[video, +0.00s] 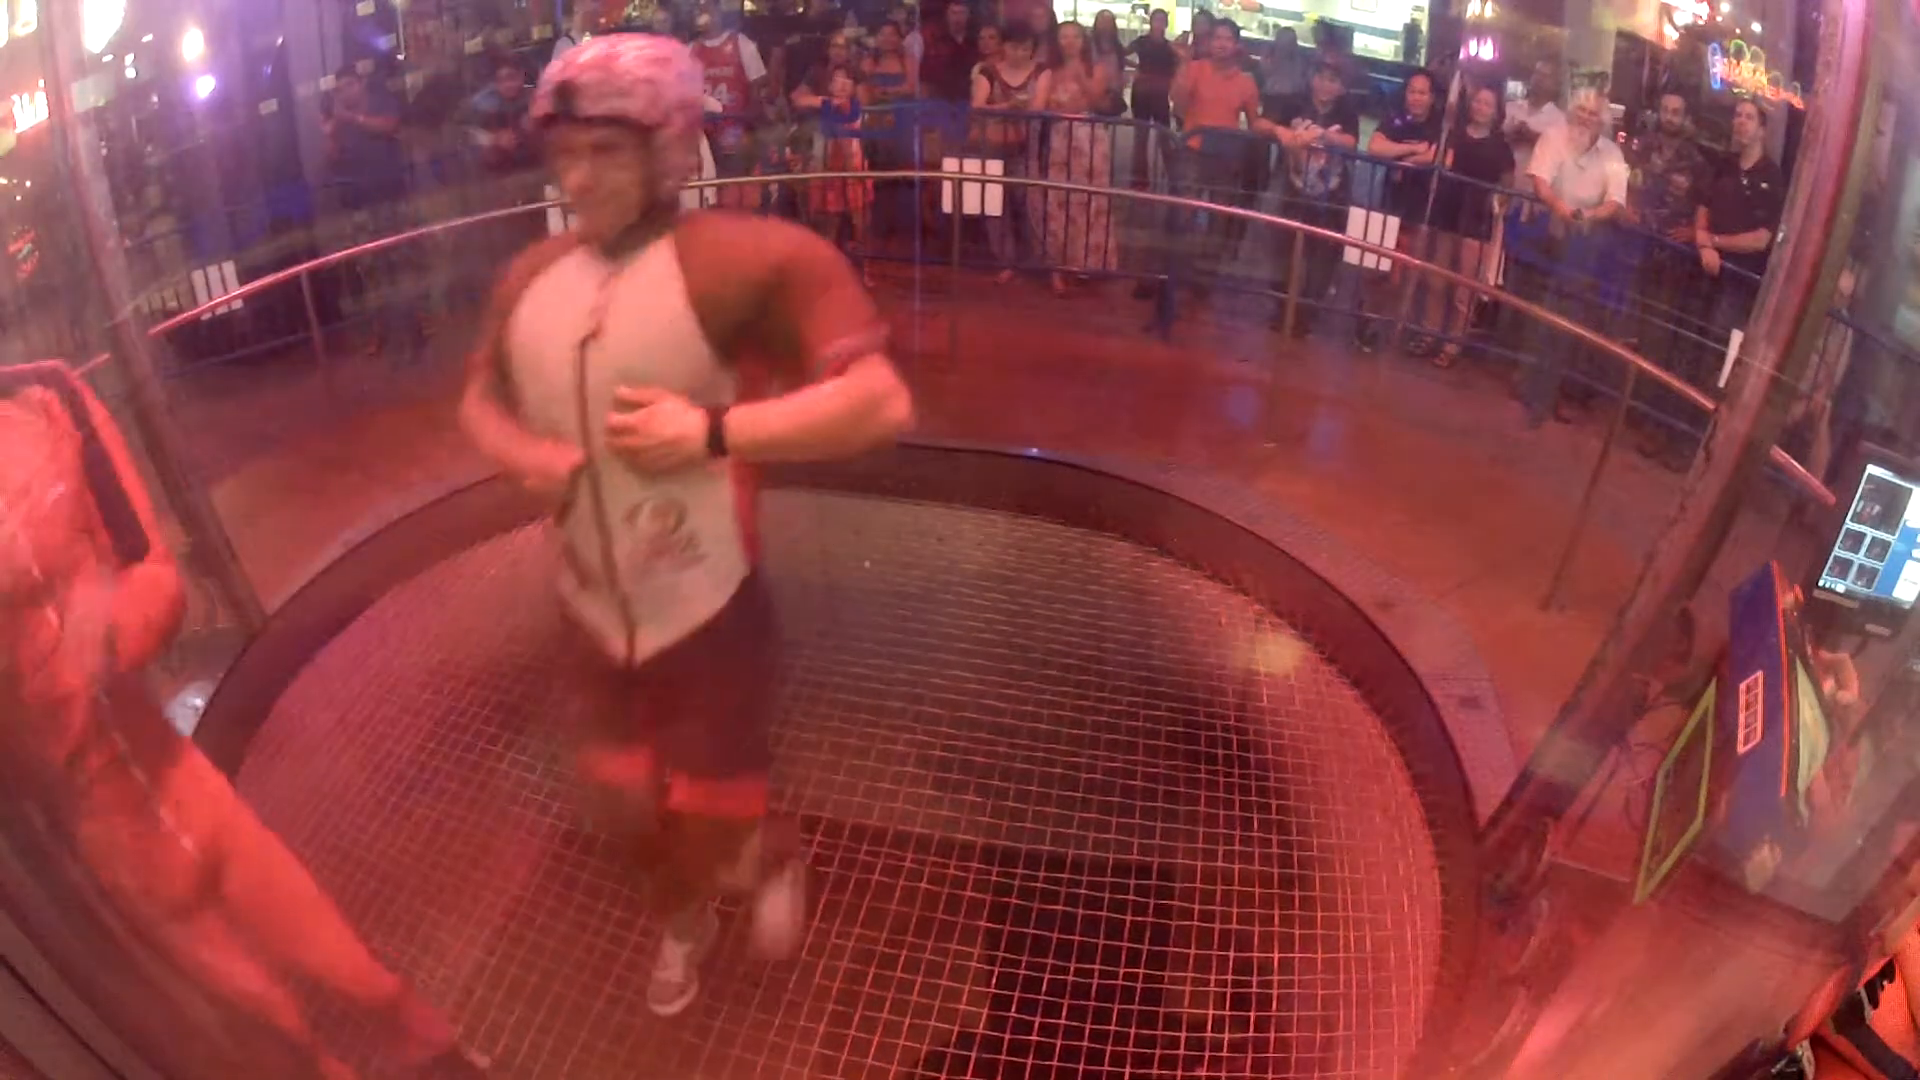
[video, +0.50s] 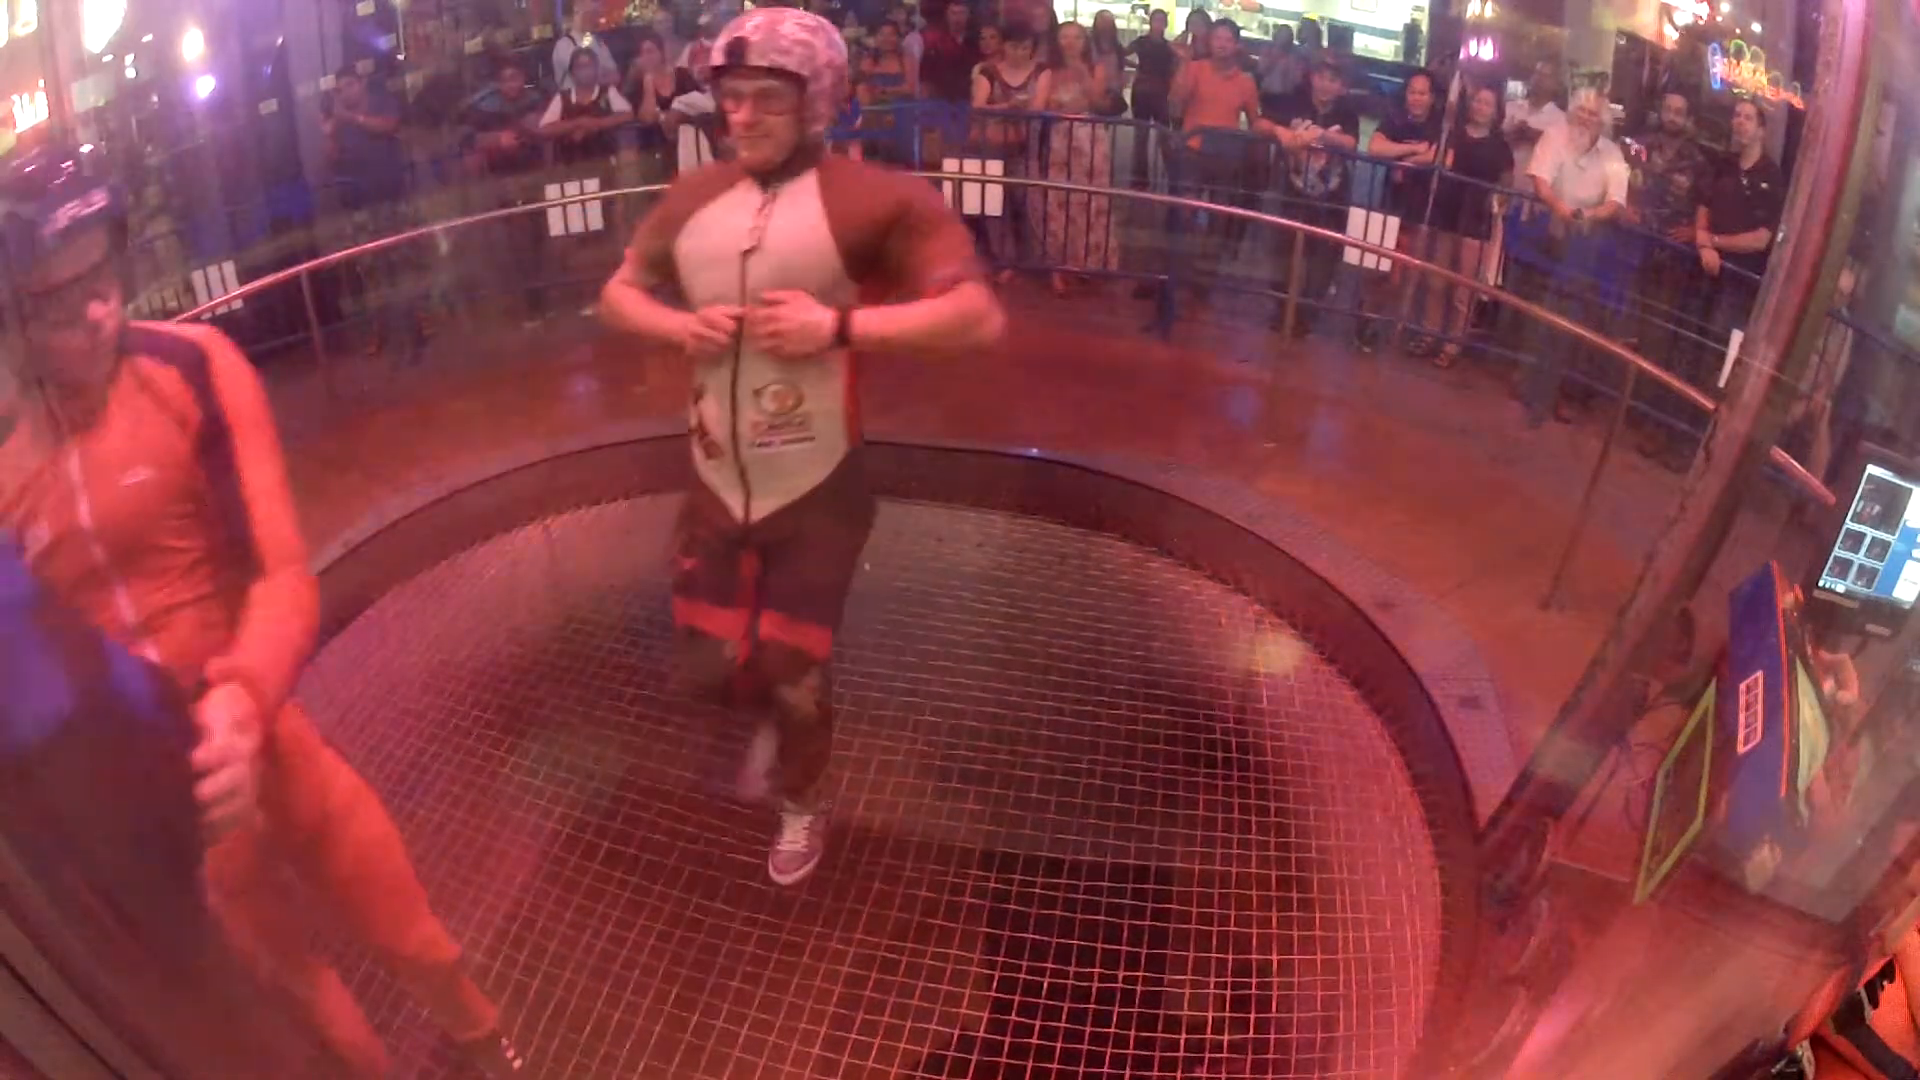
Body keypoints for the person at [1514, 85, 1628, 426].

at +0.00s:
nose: (1585, 118)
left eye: (1592, 114)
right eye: (1580, 111)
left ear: (1603, 119)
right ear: (1570, 111)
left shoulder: (1612, 154)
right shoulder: (1554, 138)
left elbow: (1616, 200)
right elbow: (1540, 182)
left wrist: (1591, 215)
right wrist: (1560, 208)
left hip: (1588, 229)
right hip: (1551, 221)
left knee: (1573, 303)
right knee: (1541, 298)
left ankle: (1553, 388)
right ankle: (1529, 379)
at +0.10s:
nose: (1585, 118)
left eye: (1592, 114)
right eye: (1581, 110)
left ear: (1603, 119)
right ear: (1570, 110)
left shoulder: (1612, 154)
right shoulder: (1554, 137)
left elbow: (1616, 201)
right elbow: (1540, 181)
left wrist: (1590, 215)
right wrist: (1560, 208)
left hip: (1587, 230)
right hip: (1550, 221)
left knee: (1571, 303)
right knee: (1539, 297)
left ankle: (1551, 389)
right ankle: (1528, 379)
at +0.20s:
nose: (1585, 117)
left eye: (1592, 113)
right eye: (1581, 110)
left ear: (1603, 119)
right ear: (1571, 110)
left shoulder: (1612, 154)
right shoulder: (1555, 137)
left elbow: (1616, 200)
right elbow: (1540, 181)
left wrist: (1590, 215)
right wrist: (1561, 209)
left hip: (1587, 229)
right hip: (1551, 221)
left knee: (1572, 303)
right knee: (1539, 298)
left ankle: (1551, 388)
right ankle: (1528, 378)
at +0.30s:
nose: (1585, 118)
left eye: (1592, 114)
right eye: (1581, 111)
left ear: (1603, 120)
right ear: (1571, 111)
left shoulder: (1612, 154)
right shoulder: (1555, 137)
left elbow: (1616, 201)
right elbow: (1540, 182)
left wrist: (1590, 215)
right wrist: (1560, 208)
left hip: (1588, 229)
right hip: (1551, 220)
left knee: (1572, 302)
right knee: (1540, 297)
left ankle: (1552, 388)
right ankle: (1528, 378)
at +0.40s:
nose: (1585, 118)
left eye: (1592, 114)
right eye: (1581, 111)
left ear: (1603, 120)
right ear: (1570, 111)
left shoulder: (1612, 154)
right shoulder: (1555, 136)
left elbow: (1616, 201)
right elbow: (1540, 181)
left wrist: (1590, 215)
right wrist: (1560, 208)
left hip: (1588, 228)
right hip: (1552, 220)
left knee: (1572, 302)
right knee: (1539, 296)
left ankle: (1553, 388)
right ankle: (1528, 378)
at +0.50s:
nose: (1585, 118)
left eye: (1592, 114)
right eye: (1581, 111)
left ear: (1603, 120)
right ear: (1570, 111)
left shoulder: (1612, 154)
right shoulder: (1555, 136)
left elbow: (1616, 201)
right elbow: (1540, 181)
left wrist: (1590, 215)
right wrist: (1560, 209)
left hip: (1587, 229)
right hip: (1551, 220)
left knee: (1572, 302)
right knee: (1539, 297)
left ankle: (1555, 387)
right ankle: (1527, 378)